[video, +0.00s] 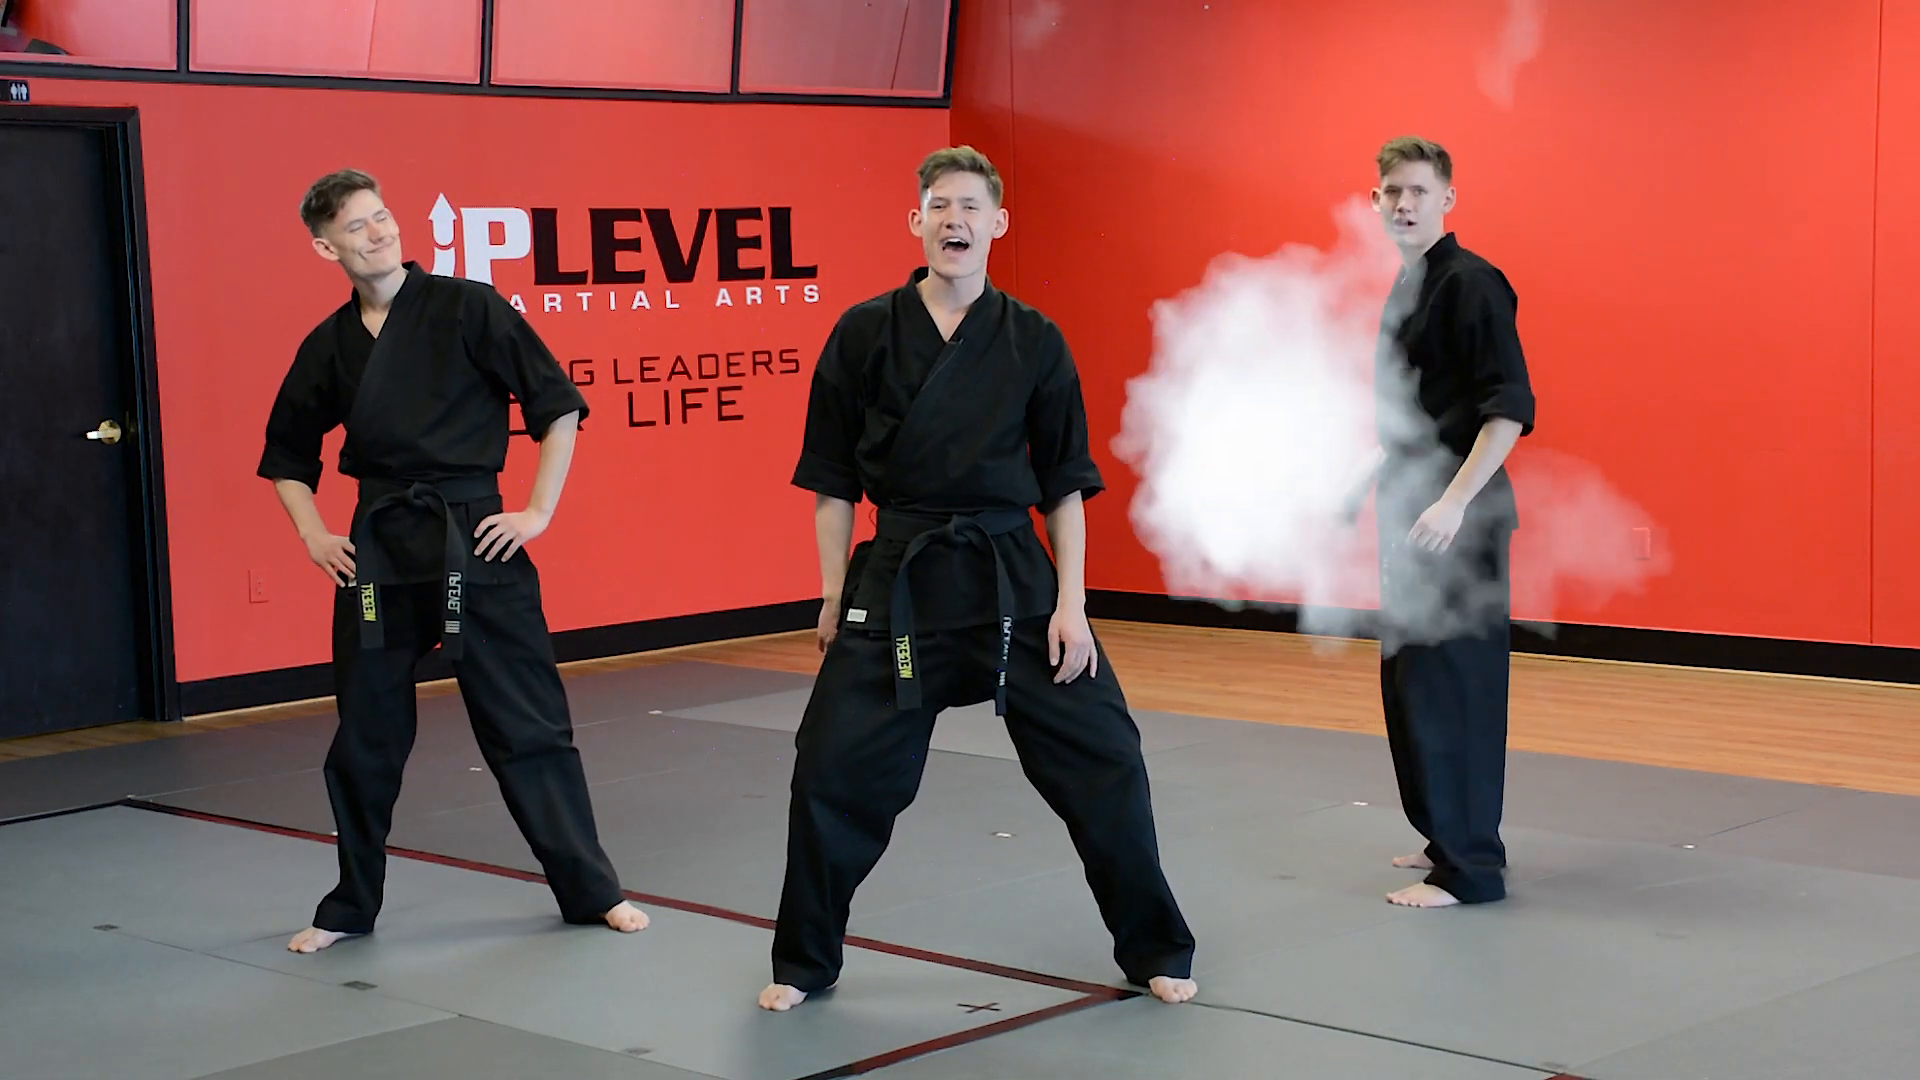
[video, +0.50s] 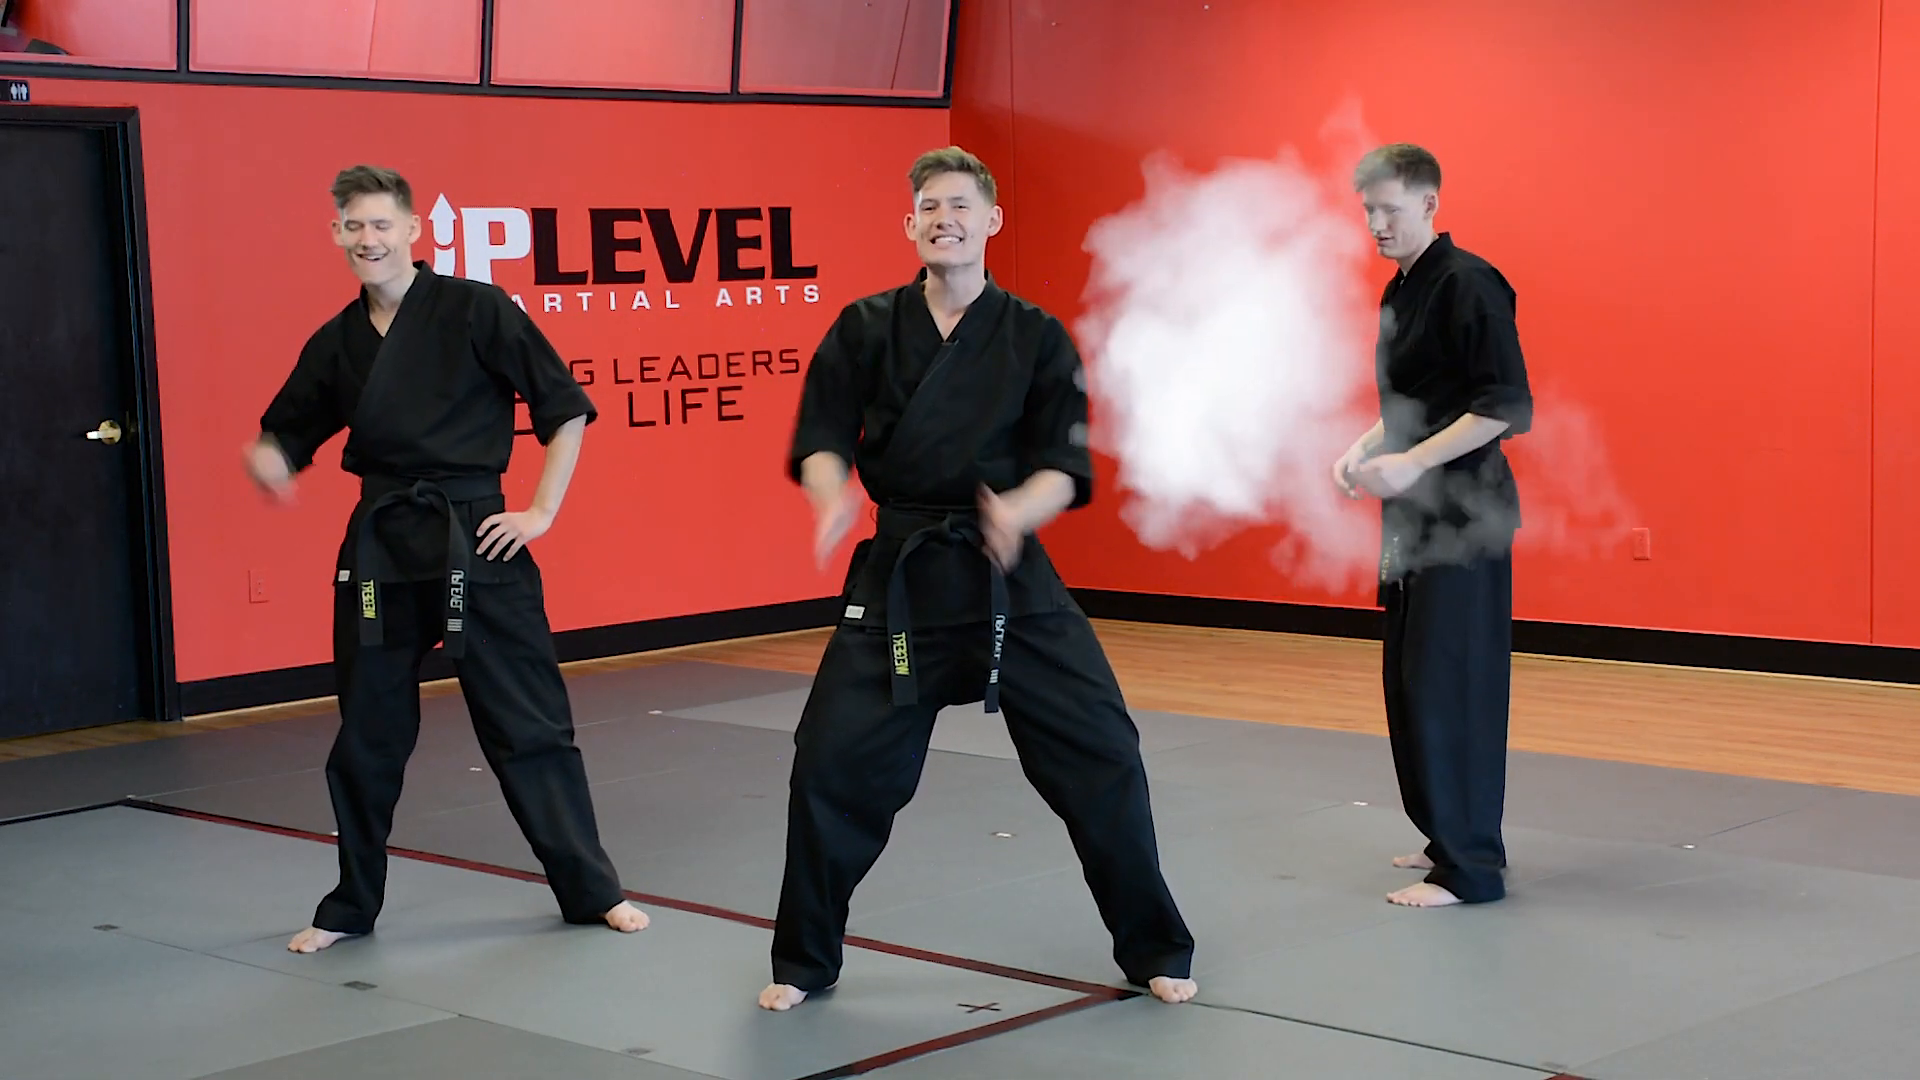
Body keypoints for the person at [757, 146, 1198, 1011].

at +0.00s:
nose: (956, 218)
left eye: (972, 206)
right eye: (941, 205)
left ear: (999, 224)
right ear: (916, 223)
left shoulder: (1033, 339)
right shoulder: (863, 334)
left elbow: (1064, 481)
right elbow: (834, 480)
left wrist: (1071, 603)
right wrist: (833, 598)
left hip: (1013, 578)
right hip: (897, 580)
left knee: (1106, 759)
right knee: (832, 766)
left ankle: (1154, 948)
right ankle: (805, 960)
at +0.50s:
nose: (942, 217)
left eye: (959, 205)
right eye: (929, 207)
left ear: (994, 221)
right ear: (910, 228)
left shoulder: (1036, 336)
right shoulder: (864, 327)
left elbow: (1065, 466)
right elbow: (819, 436)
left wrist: (1019, 507)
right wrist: (832, 496)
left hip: (1013, 573)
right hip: (898, 574)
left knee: (1103, 753)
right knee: (832, 764)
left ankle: (1153, 948)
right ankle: (805, 959)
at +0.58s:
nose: (940, 218)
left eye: (957, 205)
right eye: (927, 208)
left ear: (992, 220)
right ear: (909, 227)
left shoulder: (1034, 333)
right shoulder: (865, 326)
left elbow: (1042, 465)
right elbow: (838, 444)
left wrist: (958, 476)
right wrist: (901, 462)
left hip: (1011, 575)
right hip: (898, 579)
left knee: (1103, 753)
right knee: (830, 764)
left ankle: (1153, 948)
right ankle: (804, 960)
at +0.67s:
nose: (938, 218)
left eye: (955, 205)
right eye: (925, 207)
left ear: (990, 219)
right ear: (907, 225)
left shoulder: (1032, 330)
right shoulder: (867, 326)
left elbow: (1031, 458)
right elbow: (841, 436)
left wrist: (953, 432)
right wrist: (918, 422)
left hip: (1010, 571)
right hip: (898, 574)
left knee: (1101, 754)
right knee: (829, 764)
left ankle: (1152, 948)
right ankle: (804, 960)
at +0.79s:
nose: (934, 217)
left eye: (950, 204)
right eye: (921, 205)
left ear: (986, 219)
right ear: (905, 224)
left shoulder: (1028, 320)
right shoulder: (868, 319)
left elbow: (1041, 428)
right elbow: (822, 410)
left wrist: (964, 376)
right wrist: (899, 373)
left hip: (1009, 566)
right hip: (898, 568)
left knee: (1099, 753)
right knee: (831, 761)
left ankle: (1152, 950)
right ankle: (805, 961)